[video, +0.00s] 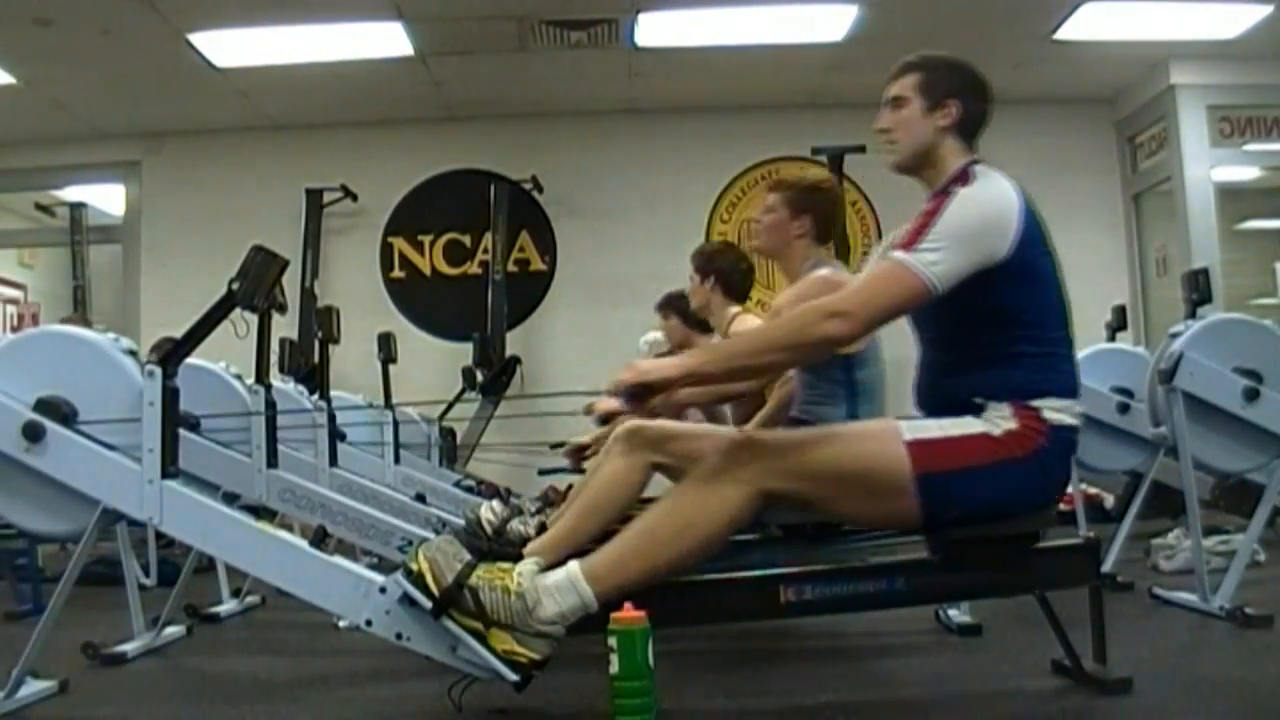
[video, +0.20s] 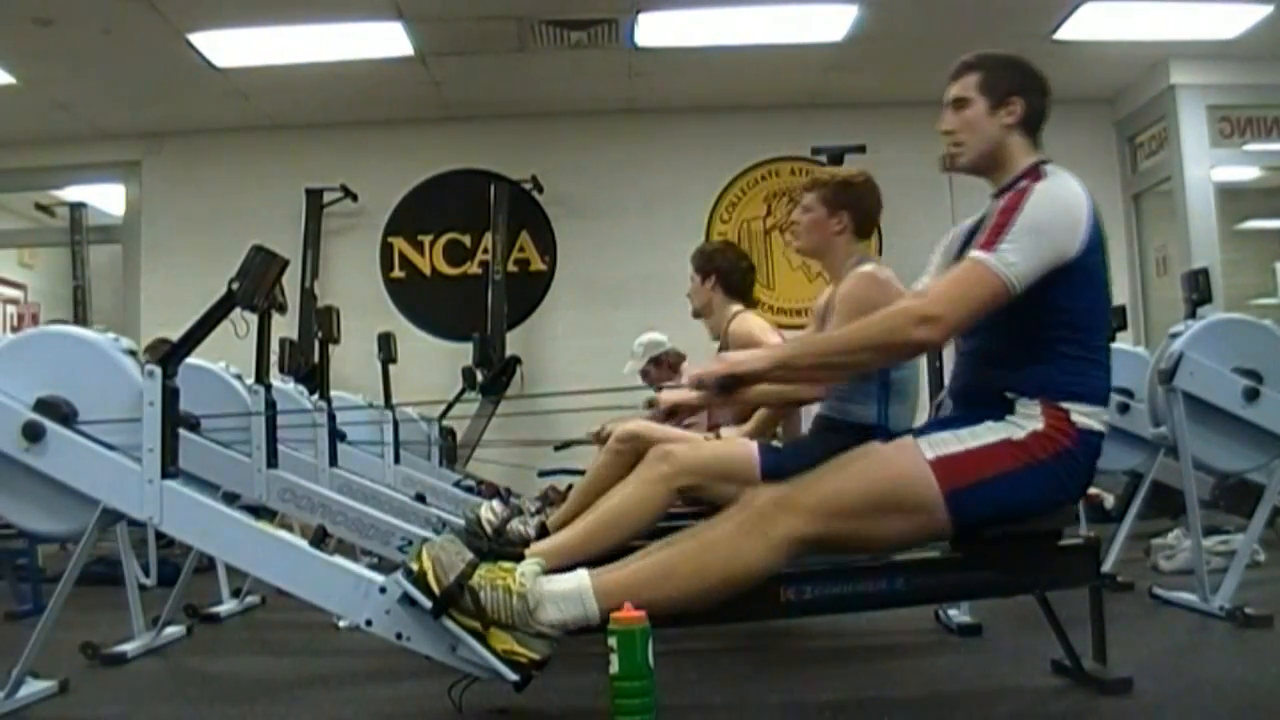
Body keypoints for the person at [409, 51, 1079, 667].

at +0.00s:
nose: (879, 125)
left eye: (896, 107)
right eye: (883, 111)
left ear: (950, 117)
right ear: (939, 122)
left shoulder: (983, 202)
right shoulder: (944, 210)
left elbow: (842, 322)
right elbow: (826, 316)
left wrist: (679, 369)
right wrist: (681, 377)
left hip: (1014, 440)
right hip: (969, 436)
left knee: (753, 457)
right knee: (730, 458)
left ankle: (548, 605)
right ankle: (539, 596)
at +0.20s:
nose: (944, 125)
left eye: (960, 108)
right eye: (944, 111)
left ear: (1013, 115)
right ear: (985, 122)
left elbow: (924, 324)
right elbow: (888, 343)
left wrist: (762, 367)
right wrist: (762, 389)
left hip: (1041, 433)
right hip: (984, 428)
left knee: (799, 506)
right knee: (776, 502)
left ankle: (550, 607)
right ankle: (545, 601)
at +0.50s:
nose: (997, 134)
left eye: (1010, 116)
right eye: (996, 119)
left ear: (1063, 116)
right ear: (1039, 123)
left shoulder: (1096, 197)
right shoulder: (1044, 222)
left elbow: (1063, 334)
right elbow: (974, 367)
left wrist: (899, 350)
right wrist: (850, 376)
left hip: (1034, 429)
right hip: (986, 422)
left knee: (796, 532)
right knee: (777, 523)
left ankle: (557, 611)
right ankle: (555, 597)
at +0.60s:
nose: (1004, 137)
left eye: (1015, 119)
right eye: (1002, 124)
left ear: (1067, 117)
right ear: (1048, 125)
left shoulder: (1101, 196)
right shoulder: (1056, 218)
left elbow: (1101, 334)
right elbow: (1009, 366)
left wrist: (956, 338)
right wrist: (925, 379)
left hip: (1041, 429)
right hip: (1001, 421)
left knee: (804, 524)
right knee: (783, 514)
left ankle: (559, 607)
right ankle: (555, 600)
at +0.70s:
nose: (1001, 139)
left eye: (1012, 121)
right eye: (1000, 125)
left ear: (1066, 119)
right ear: (1048, 127)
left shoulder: (1101, 196)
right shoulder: (1057, 216)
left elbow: (1142, 334)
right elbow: (1007, 360)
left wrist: (993, 331)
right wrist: (903, 381)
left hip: (1045, 432)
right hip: (1003, 422)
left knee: (799, 520)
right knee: (778, 511)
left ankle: (552, 606)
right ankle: (549, 602)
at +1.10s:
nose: (954, 138)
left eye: (968, 118)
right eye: (953, 124)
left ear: (1023, 117)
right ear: (1006, 125)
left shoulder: (1068, 199)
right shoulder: (1020, 212)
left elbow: (1114, 363)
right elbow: (1037, 355)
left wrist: (962, 363)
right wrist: (938, 380)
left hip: (1037, 434)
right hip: (997, 427)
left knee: (791, 519)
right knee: (770, 506)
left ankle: (555, 608)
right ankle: (552, 597)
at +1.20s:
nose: (933, 132)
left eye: (946, 113)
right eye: (931, 119)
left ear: (999, 113)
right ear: (979, 123)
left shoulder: (1044, 196)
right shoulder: (993, 216)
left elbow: (1038, 369)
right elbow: (986, 362)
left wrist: (885, 391)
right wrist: (879, 405)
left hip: (1035, 438)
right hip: (990, 431)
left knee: (788, 508)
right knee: (761, 496)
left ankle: (554, 605)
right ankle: (551, 597)